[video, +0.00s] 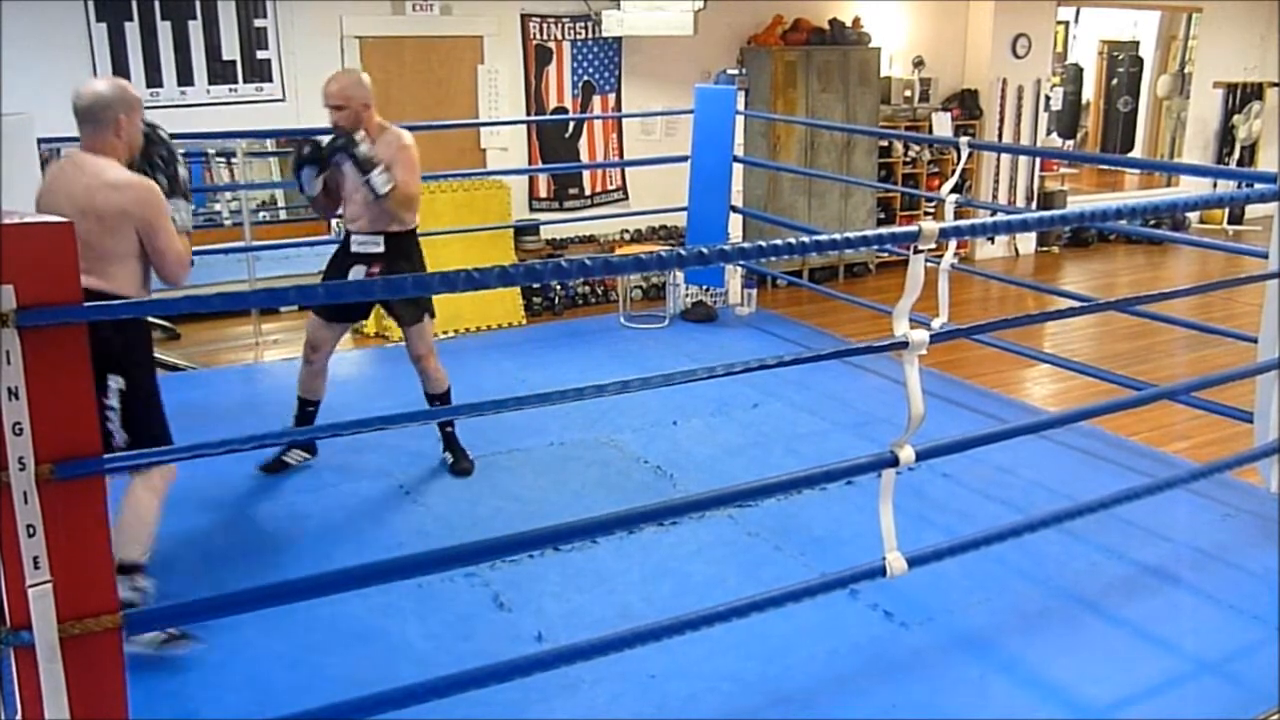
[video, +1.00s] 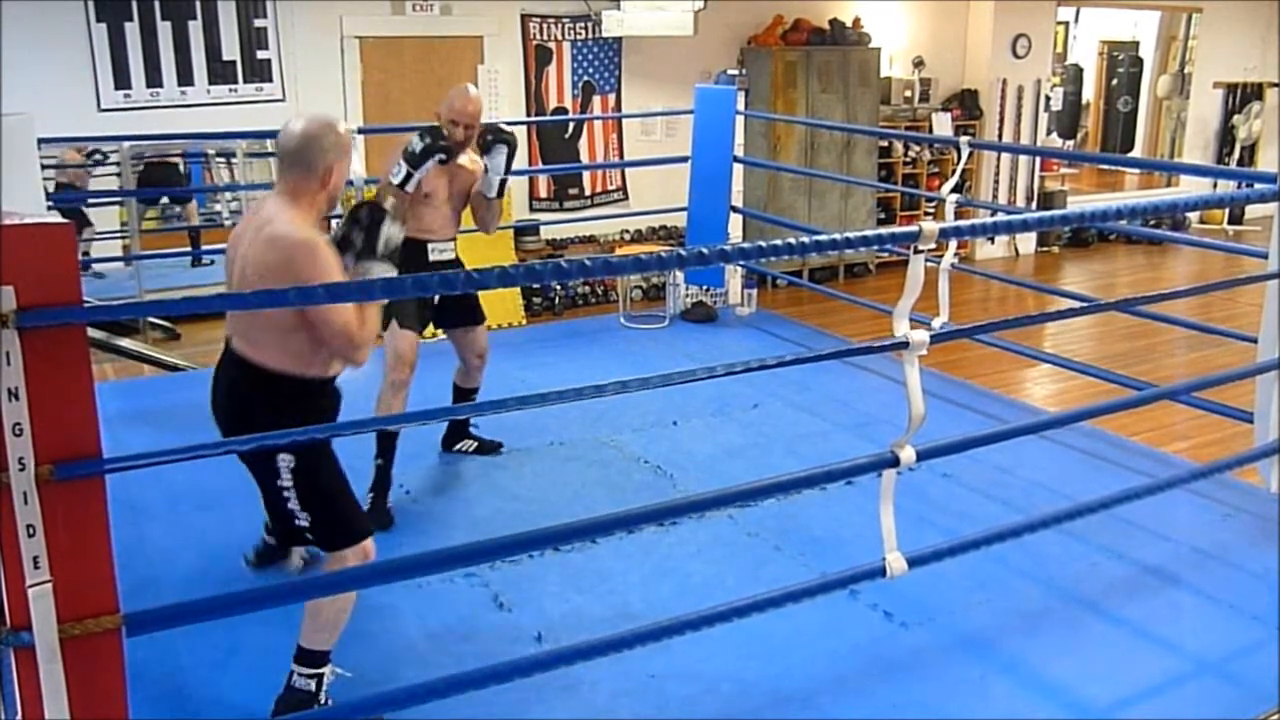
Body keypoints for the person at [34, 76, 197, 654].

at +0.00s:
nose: (142, 129)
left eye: (139, 119)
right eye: (139, 120)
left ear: (85, 123)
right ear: (124, 124)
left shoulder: (53, 177)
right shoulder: (138, 191)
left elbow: (46, 243)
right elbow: (176, 270)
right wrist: (170, 230)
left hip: (55, 324)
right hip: (115, 324)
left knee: (73, 458)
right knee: (154, 459)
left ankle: (64, 574)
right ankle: (127, 571)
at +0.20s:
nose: (175, 166)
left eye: (173, 156)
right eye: (172, 157)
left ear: (111, 161)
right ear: (155, 160)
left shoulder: (80, 221)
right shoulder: (176, 222)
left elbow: (68, 294)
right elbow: (218, 300)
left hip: (96, 367)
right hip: (160, 371)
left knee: (123, 470)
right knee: (191, 525)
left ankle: (96, 550)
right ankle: (169, 679)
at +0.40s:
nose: (221, 159)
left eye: (218, 150)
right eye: (218, 151)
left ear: (163, 155)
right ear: (204, 157)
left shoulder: (136, 207)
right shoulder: (209, 226)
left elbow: (157, 277)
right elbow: (252, 316)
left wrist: (217, 215)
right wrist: (248, 249)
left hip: (134, 365)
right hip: (195, 376)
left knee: (190, 451)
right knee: (216, 526)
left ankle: (184, 537)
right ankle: (170, 676)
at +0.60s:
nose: (279, 183)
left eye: (277, 175)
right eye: (273, 174)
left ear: (223, 179)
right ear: (252, 185)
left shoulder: (204, 215)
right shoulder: (238, 247)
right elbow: (289, 328)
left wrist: (339, 157)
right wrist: (302, 262)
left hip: (192, 374)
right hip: (208, 389)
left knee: (266, 446)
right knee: (286, 510)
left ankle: (262, 526)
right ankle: (214, 645)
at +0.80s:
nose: (327, 216)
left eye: (326, 206)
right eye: (323, 207)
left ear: (277, 208)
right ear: (301, 216)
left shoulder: (253, 240)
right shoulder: (267, 275)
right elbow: (293, 378)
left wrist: (325, 278)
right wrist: (329, 322)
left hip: (233, 398)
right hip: (236, 418)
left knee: (285, 457)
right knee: (314, 537)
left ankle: (257, 526)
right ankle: (296, 686)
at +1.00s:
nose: (347, 175)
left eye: (347, 165)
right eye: (346, 166)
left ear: (284, 164)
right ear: (332, 174)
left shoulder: (255, 217)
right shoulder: (303, 244)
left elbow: (268, 299)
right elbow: (355, 344)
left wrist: (344, 253)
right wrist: (375, 272)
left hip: (239, 383)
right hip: (282, 408)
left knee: (285, 470)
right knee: (353, 552)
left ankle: (278, 543)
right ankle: (303, 690)